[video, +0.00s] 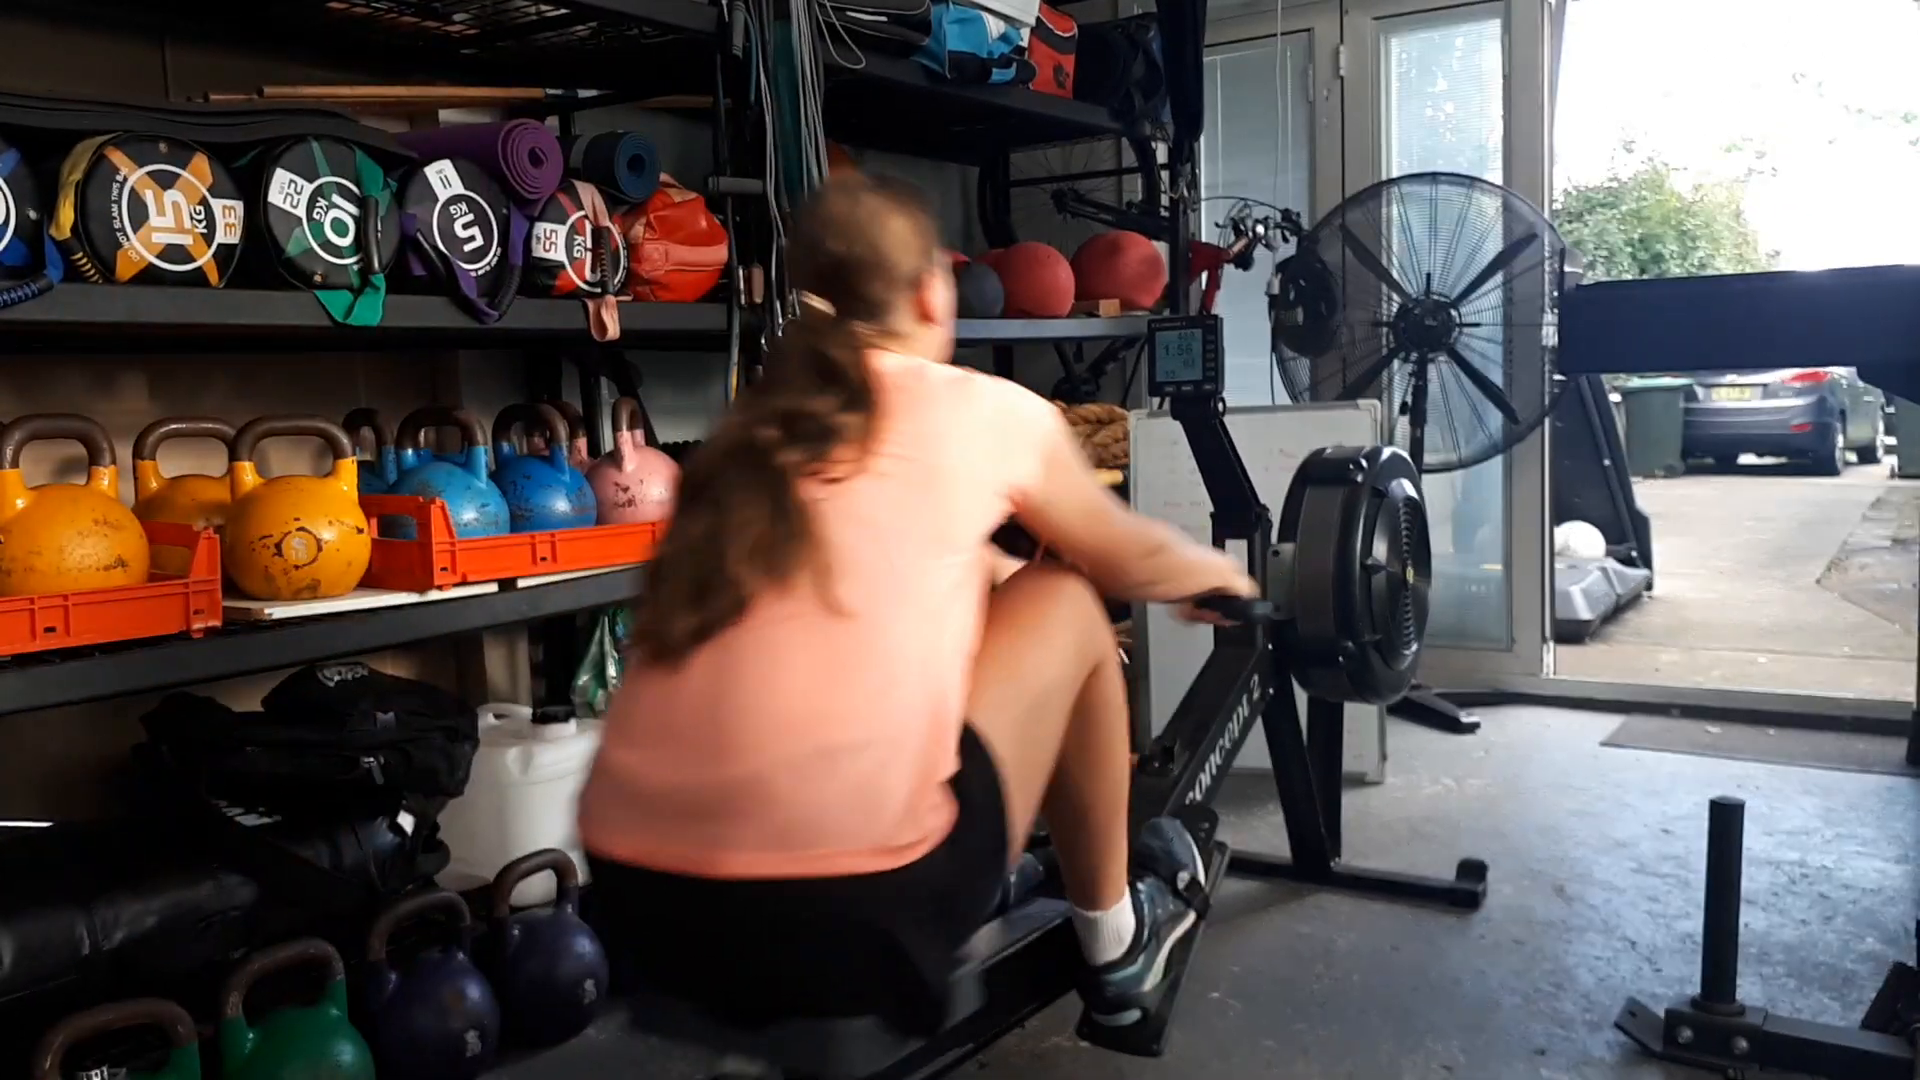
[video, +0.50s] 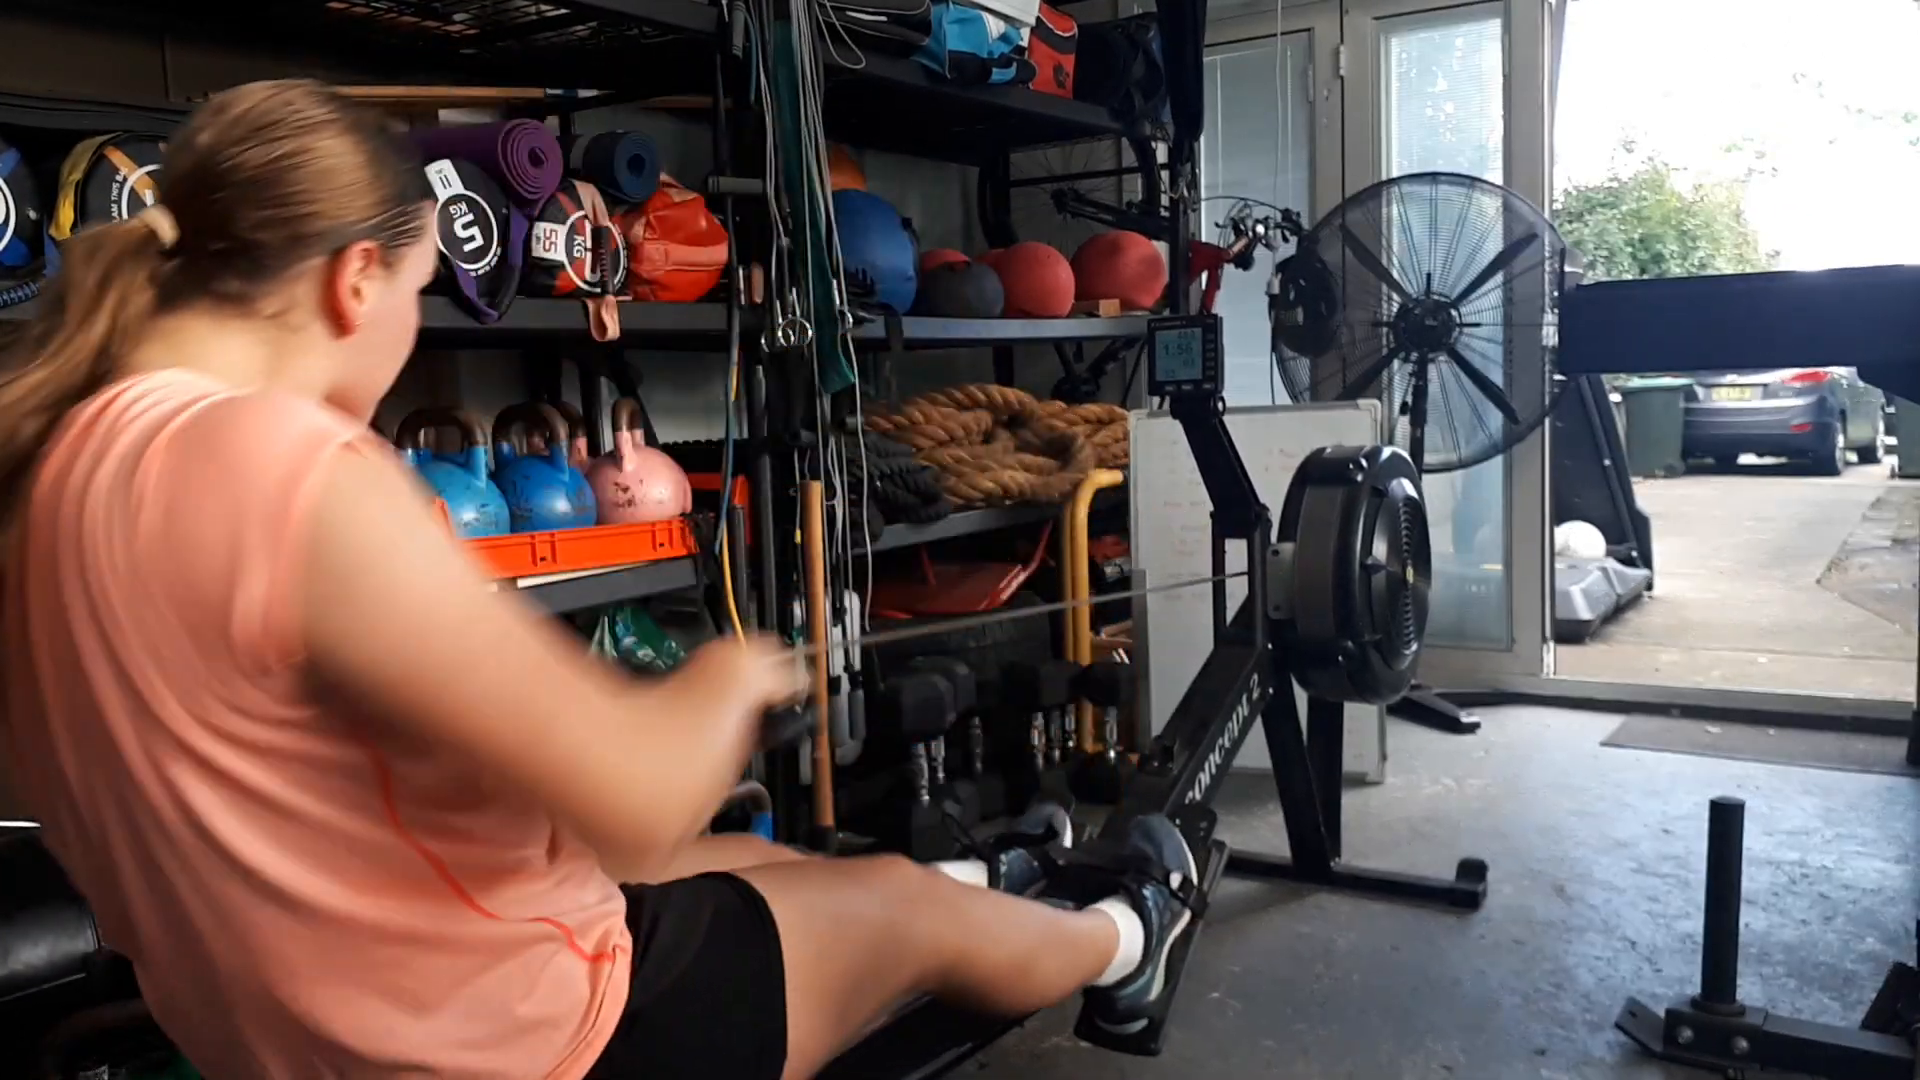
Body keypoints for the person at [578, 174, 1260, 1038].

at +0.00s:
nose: (953, 297)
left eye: (946, 276)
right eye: (949, 278)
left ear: (807, 299)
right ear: (931, 294)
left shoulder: (753, 415)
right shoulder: (993, 415)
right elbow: (1125, 556)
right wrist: (1209, 573)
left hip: (642, 914)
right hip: (848, 928)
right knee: (1066, 597)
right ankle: (1117, 951)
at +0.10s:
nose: (872, 260)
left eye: (864, 233)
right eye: (864, 233)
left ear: (724, 252)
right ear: (840, 249)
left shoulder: (662, 392)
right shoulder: (909, 393)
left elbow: (747, 553)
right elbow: (1068, 558)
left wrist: (917, 570)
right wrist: (1152, 550)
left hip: (551, 941)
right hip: (764, 949)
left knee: (847, 631)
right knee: (1035, 636)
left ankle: (966, 903)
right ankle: (1116, 952)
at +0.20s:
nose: (750, 239)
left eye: (748, 213)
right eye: (745, 211)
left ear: (566, 218)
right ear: (706, 220)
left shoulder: (494, 381)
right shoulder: (763, 377)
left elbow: (639, 531)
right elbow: (971, 532)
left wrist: (848, 551)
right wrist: (1071, 528)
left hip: (426, 998)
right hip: (659, 1000)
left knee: (804, 682)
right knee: (990, 691)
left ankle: (959, 894)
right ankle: (1117, 944)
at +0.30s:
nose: (604, 248)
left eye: (603, 219)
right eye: (597, 219)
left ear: (408, 213)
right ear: (539, 222)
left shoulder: (306, 391)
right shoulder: (580, 384)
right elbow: (834, 542)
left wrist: (747, 536)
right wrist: (971, 538)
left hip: (341, 1036)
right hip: (575, 1033)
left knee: (777, 752)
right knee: (947, 766)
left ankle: (945, 910)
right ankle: (1121, 935)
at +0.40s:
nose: (484, 299)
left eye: (490, 264)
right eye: (486, 261)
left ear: (272, 241)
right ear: (421, 250)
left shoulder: (157, 420)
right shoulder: (410, 420)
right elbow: (747, 658)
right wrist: (864, 588)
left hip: (298, 1024)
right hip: (524, 1026)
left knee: (755, 830)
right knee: (915, 851)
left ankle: (806, 1026)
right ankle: (1113, 944)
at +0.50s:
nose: (412, 329)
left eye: (421, 291)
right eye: (416, 290)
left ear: (178, 262)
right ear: (347, 280)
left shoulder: (59, 458)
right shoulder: (300, 484)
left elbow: (57, 798)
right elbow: (653, 802)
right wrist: (741, 672)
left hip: (283, 1026)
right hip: (507, 1037)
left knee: (742, 860)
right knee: (906, 905)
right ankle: (1111, 947)